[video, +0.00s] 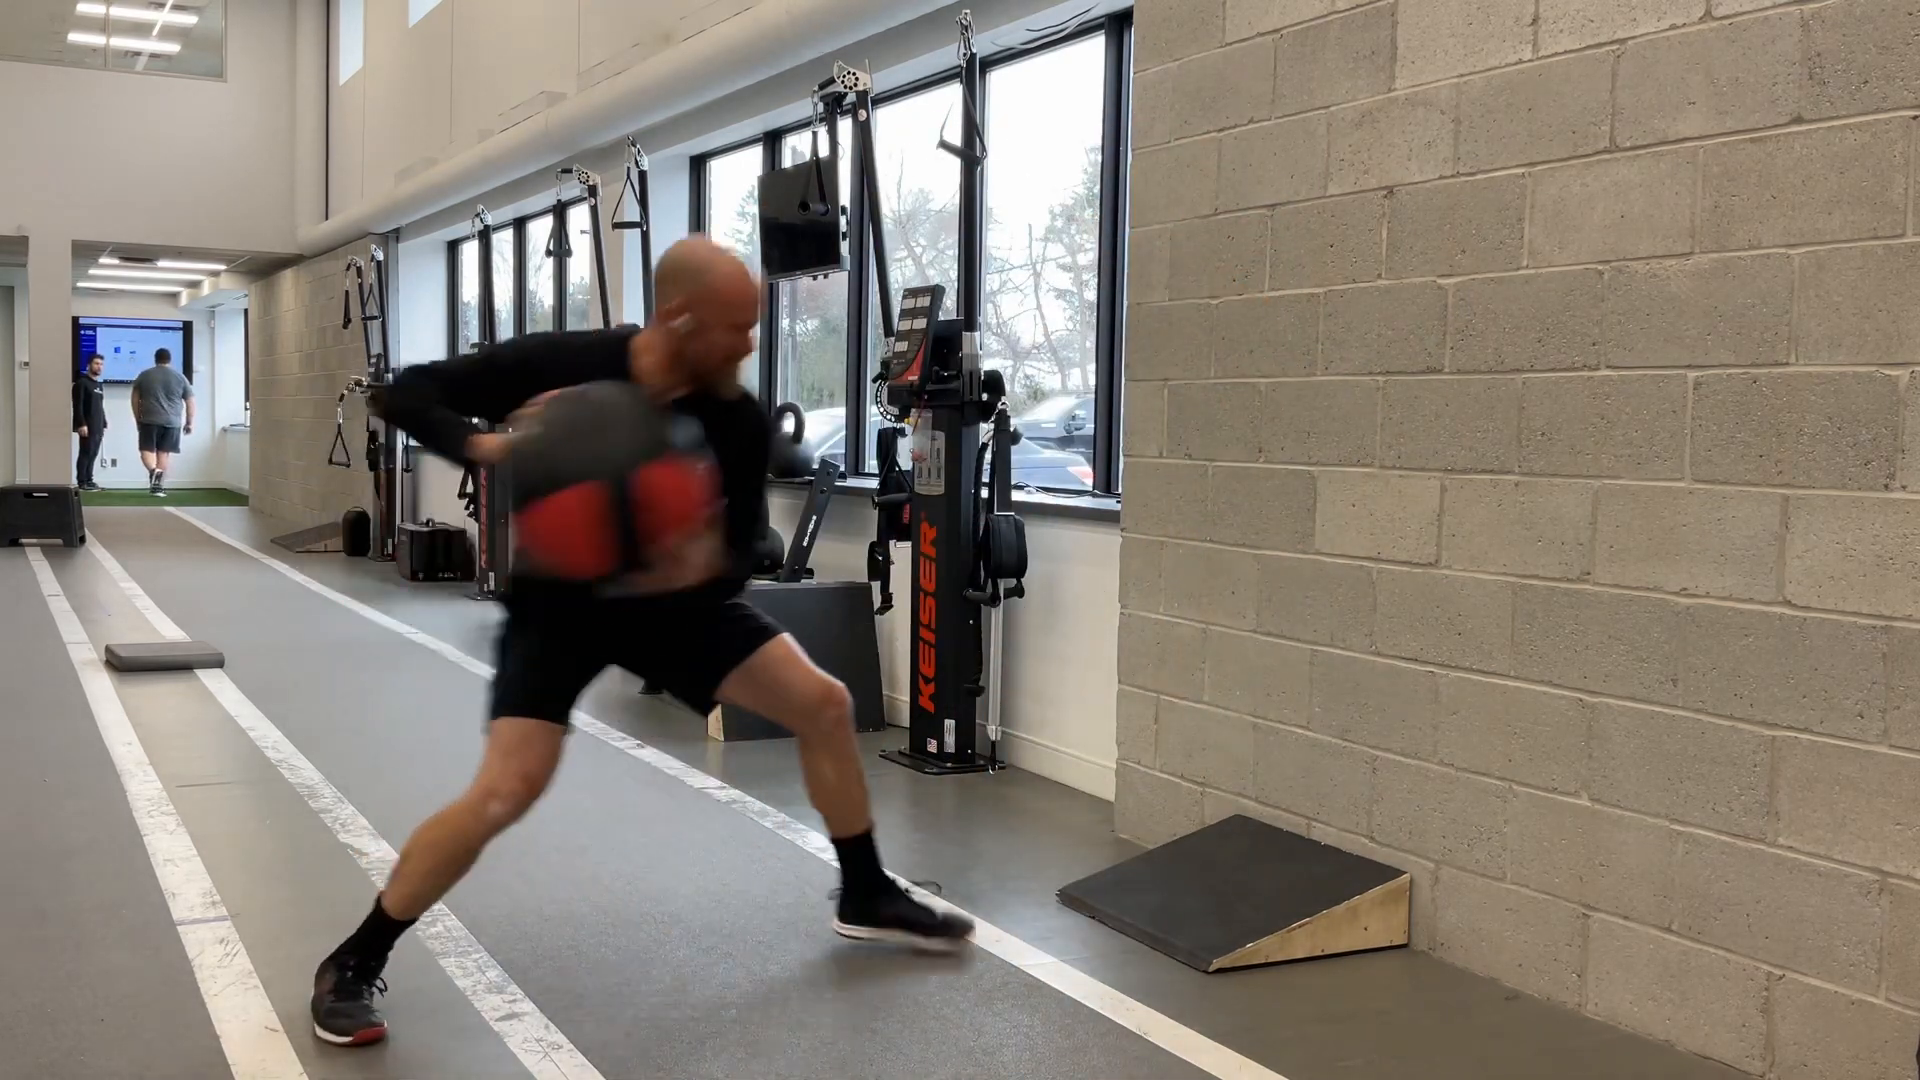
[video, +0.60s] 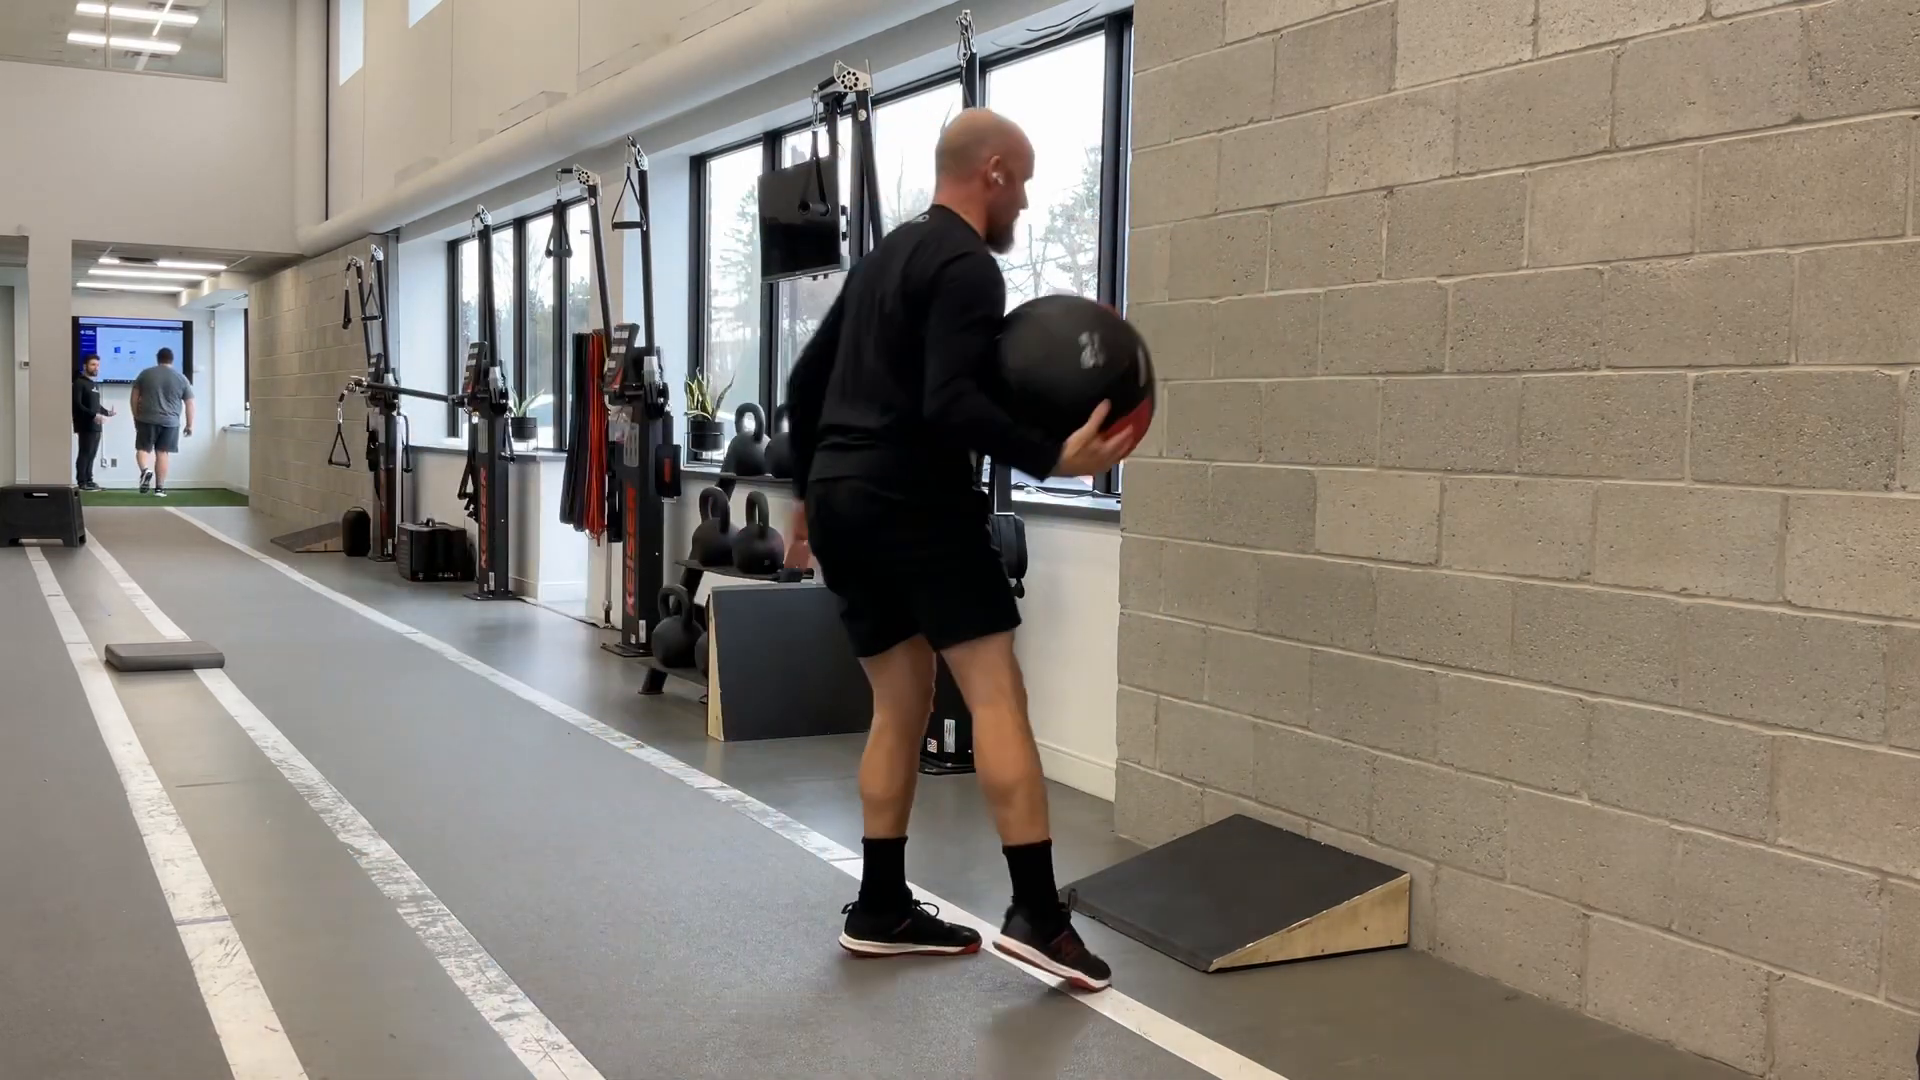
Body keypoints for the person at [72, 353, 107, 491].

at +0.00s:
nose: (99, 367)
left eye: (101, 364)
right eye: (96, 363)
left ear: (102, 367)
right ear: (89, 365)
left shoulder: (98, 385)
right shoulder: (81, 383)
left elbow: (99, 405)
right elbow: (78, 405)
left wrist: (104, 421)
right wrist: (81, 424)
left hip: (97, 424)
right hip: (87, 425)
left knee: (93, 454)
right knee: (85, 454)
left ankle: (89, 479)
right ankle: (82, 480)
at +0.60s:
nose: (96, 367)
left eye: (97, 365)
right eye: (93, 364)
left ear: (98, 367)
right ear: (86, 366)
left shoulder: (94, 384)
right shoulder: (79, 383)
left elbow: (95, 404)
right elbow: (78, 405)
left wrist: (107, 412)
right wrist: (93, 415)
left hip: (94, 423)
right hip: (84, 423)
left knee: (92, 453)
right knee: (85, 452)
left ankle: (89, 479)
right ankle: (82, 481)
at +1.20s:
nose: (91, 366)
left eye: (90, 363)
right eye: (89, 363)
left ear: (81, 365)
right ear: (84, 365)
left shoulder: (78, 381)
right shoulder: (80, 384)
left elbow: (81, 406)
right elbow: (82, 407)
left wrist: (96, 406)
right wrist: (98, 407)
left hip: (81, 425)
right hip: (82, 426)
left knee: (86, 450)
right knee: (85, 450)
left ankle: (81, 479)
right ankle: (81, 481)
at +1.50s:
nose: (81, 366)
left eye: (81, 363)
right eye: (79, 364)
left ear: (74, 367)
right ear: (74, 367)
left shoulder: (73, 383)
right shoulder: (75, 385)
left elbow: (79, 406)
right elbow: (81, 407)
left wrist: (91, 403)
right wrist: (94, 404)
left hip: (76, 425)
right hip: (79, 426)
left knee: (77, 455)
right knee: (78, 455)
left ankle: (81, 481)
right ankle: (81, 482)